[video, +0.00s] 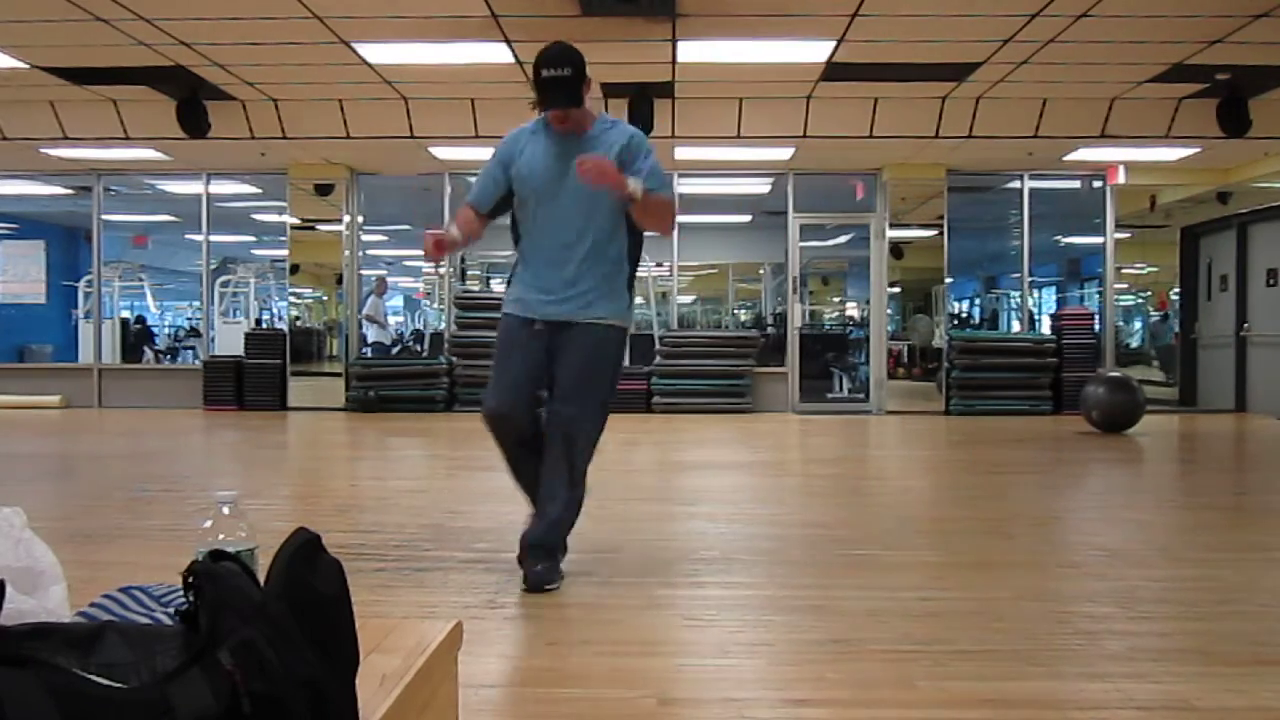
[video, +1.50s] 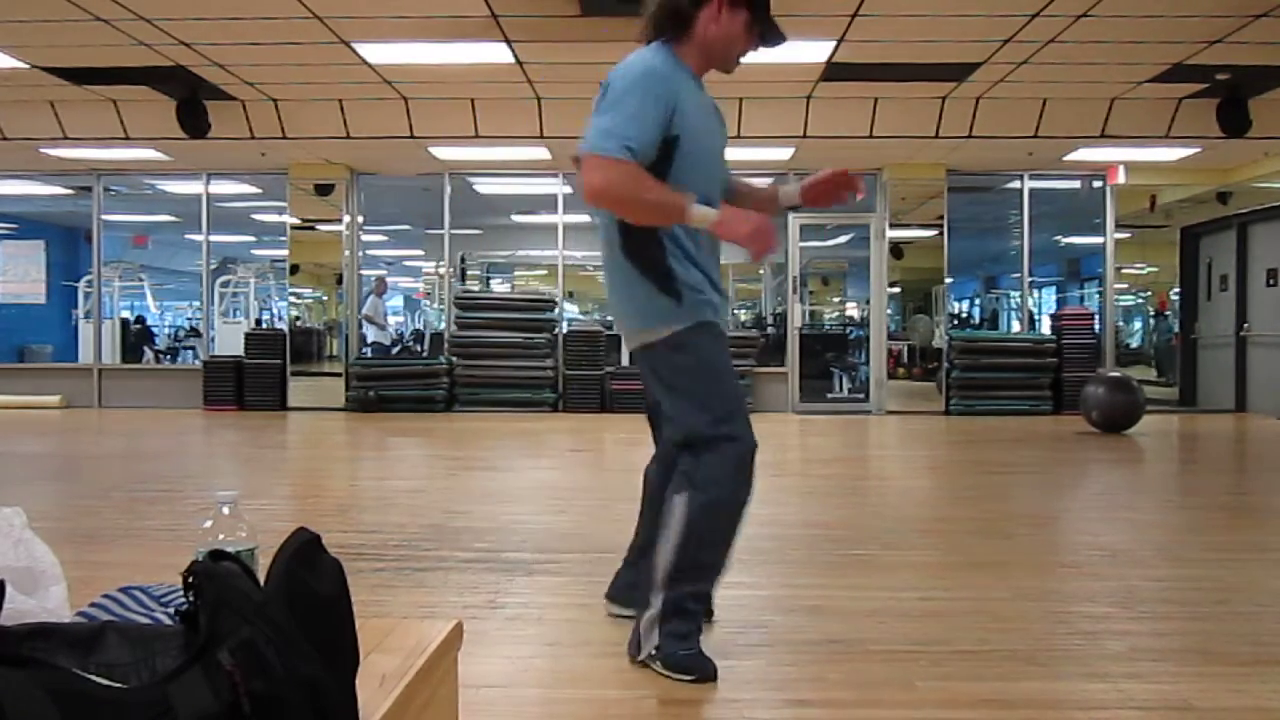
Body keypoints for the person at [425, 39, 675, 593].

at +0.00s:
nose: (559, 118)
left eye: (568, 108)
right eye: (549, 109)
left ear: (588, 91)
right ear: (537, 98)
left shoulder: (625, 141)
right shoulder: (519, 143)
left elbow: (665, 218)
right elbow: (477, 211)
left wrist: (623, 187)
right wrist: (453, 236)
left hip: (597, 308)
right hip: (528, 303)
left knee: (570, 426)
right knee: (503, 408)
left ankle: (544, 553)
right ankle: (552, 503)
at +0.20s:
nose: (562, 81)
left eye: (572, 70)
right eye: (553, 69)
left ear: (588, 64)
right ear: (533, 61)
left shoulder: (616, 121)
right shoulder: (500, 119)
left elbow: (629, 210)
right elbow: (476, 202)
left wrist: (612, 289)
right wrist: (469, 278)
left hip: (579, 298)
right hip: (506, 292)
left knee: (564, 430)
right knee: (489, 426)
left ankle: (545, 555)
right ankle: (488, 566)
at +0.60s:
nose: (599, 47)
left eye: (608, 36)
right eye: (589, 33)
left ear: (618, 38)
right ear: (560, 27)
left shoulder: (634, 118)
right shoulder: (507, 96)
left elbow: (652, 213)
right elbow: (458, 176)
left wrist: (690, 258)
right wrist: (452, 255)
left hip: (603, 301)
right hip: (519, 296)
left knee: (592, 444)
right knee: (509, 431)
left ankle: (573, 585)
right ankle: (492, 566)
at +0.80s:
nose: (636, 39)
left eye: (646, 28)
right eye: (628, 24)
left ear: (656, 26)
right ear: (594, 10)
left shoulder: (667, 95)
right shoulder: (537, 74)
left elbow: (717, 180)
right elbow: (475, 156)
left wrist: (759, 166)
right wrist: (499, 176)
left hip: (634, 288)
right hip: (559, 274)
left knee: (621, 439)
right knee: (575, 414)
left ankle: (581, 579)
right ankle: (538, 557)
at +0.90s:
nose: (652, 26)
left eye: (662, 17)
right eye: (644, 12)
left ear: (668, 18)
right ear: (611, 2)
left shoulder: (682, 83)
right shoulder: (551, 56)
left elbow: (729, 163)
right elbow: (487, 141)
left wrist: (772, 169)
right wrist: (524, 161)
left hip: (651, 275)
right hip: (571, 264)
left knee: (664, 415)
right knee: (599, 406)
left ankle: (606, 572)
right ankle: (592, 578)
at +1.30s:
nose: (746, 29)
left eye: (752, 20)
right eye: (744, 13)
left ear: (719, 13)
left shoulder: (713, 76)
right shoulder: (616, 46)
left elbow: (711, 150)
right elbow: (529, 123)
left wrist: (761, 180)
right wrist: (632, 166)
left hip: (690, 288)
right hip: (615, 287)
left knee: (723, 421)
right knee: (627, 450)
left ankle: (628, 545)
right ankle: (646, 620)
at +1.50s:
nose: (752, 45)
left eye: (756, 34)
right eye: (751, 28)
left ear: (714, 18)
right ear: (717, 13)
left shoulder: (694, 99)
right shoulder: (648, 74)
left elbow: (721, 191)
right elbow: (602, 178)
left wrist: (801, 192)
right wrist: (717, 220)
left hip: (684, 310)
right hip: (664, 312)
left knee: (685, 449)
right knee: (723, 449)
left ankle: (638, 584)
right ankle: (667, 629)